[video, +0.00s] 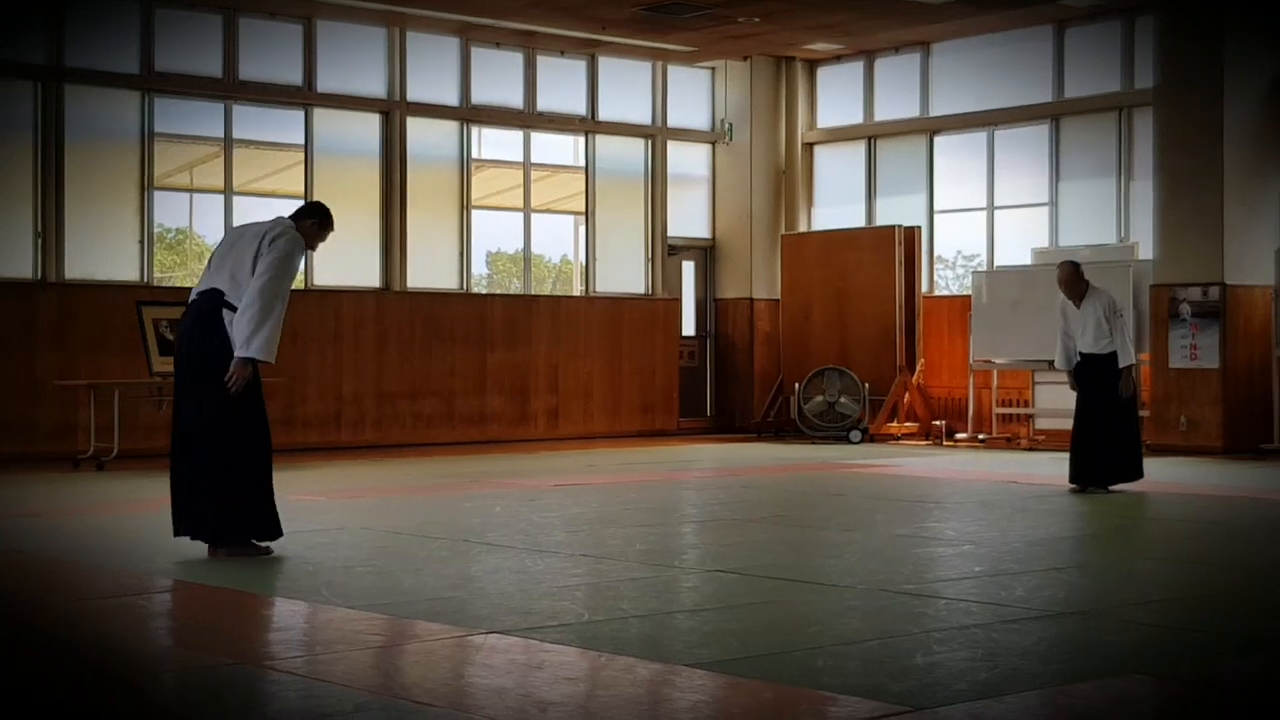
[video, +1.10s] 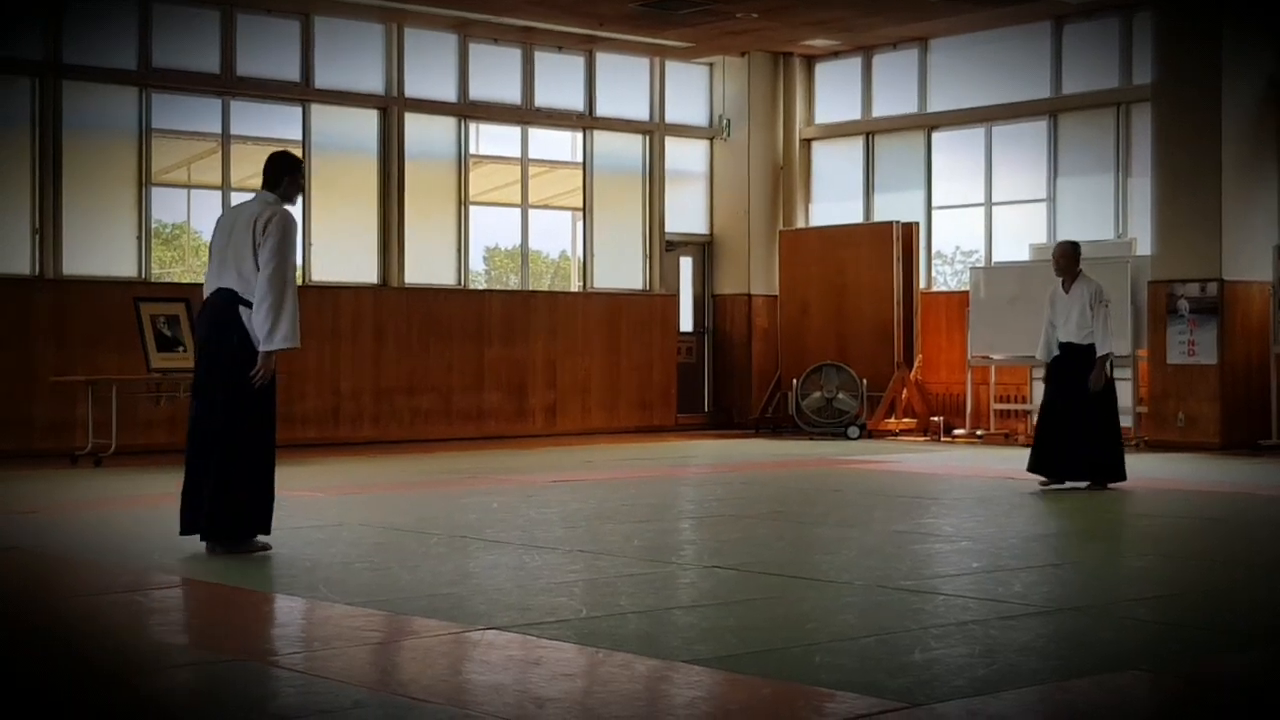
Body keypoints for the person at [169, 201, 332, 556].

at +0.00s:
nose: (316, 246)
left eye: (320, 241)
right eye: (319, 238)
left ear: (296, 216)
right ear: (310, 224)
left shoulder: (243, 232)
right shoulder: (288, 237)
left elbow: (213, 281)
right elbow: (263, 291)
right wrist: (245, 353)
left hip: (196, 326)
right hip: (222, 328)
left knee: (209, 430)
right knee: (238, 432)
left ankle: (218, 533)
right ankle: (232, 536)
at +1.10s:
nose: (300, 189)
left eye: (301, 182)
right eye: (300, 182)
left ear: (265, 178)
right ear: (290, 180)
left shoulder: (228, 216)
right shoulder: (279, 217)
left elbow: (215, 276)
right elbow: (273, 279)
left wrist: (213, 328)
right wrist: (269, 343)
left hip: (213, 324)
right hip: (246, 327)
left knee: (215, 426)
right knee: (247, 428)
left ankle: (215, 527)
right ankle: (235, 531)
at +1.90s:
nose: (305, 182)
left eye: (303, 175)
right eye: (303, 175)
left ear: (268, 178)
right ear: (294, 178)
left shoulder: (243, 223)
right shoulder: (293, 221)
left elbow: (234, 284)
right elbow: (295, 287)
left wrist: (238, 333)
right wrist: (300, 346)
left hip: (247, 328)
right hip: (279, 329)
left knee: (252, 426)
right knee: (285, 427)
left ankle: (243, 527)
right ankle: (279, 526)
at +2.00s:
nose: (318, 183)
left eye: (316, 176)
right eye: (314, 177)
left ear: (282, 181)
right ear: (303, 180)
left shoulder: (257, 224)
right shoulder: (305, 223)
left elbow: (246, 285)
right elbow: (305, 289)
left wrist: (246, 336)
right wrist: (311, 347)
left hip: (258, 328)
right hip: (286, 329)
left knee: (306, 422)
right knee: (268, 427)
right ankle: (249, 529)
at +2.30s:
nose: (358, 192)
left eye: (356, 186)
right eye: (354, 187)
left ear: (324, 192)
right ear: (342, 191)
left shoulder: (300, 234)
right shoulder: (347, 231)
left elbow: (286, 293)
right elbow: (350, 294)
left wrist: (286, 343)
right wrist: (355, 352)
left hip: (302, 339)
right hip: (330, 341)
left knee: (339, 430)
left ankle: (350, 519)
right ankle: (251, 517)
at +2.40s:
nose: (372, 189)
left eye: (370, 183)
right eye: (368, 184)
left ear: (337, 189)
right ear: (357, 187)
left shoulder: (315, 231)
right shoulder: (363, 228)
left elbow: (303, 291)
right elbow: (367, 291)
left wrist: (305, 341)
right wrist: (374, 348)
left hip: (319, 334)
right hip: (349, 335)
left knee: (342, 429)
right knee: (346, 429)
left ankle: (355, 522)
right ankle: (276, 504)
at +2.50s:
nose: (384, 189)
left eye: (381, 182)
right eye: (382, 183)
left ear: (349, 187)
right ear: (374, 186)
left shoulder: (328, 229)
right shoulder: (376, 226)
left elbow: (318, 287)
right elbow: (383, 287)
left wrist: (321, 334)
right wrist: (392, 344)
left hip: (332, 329)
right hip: (365, 329)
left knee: (341, 419)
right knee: (383, 427)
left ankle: (353, 520)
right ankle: (322, 497)